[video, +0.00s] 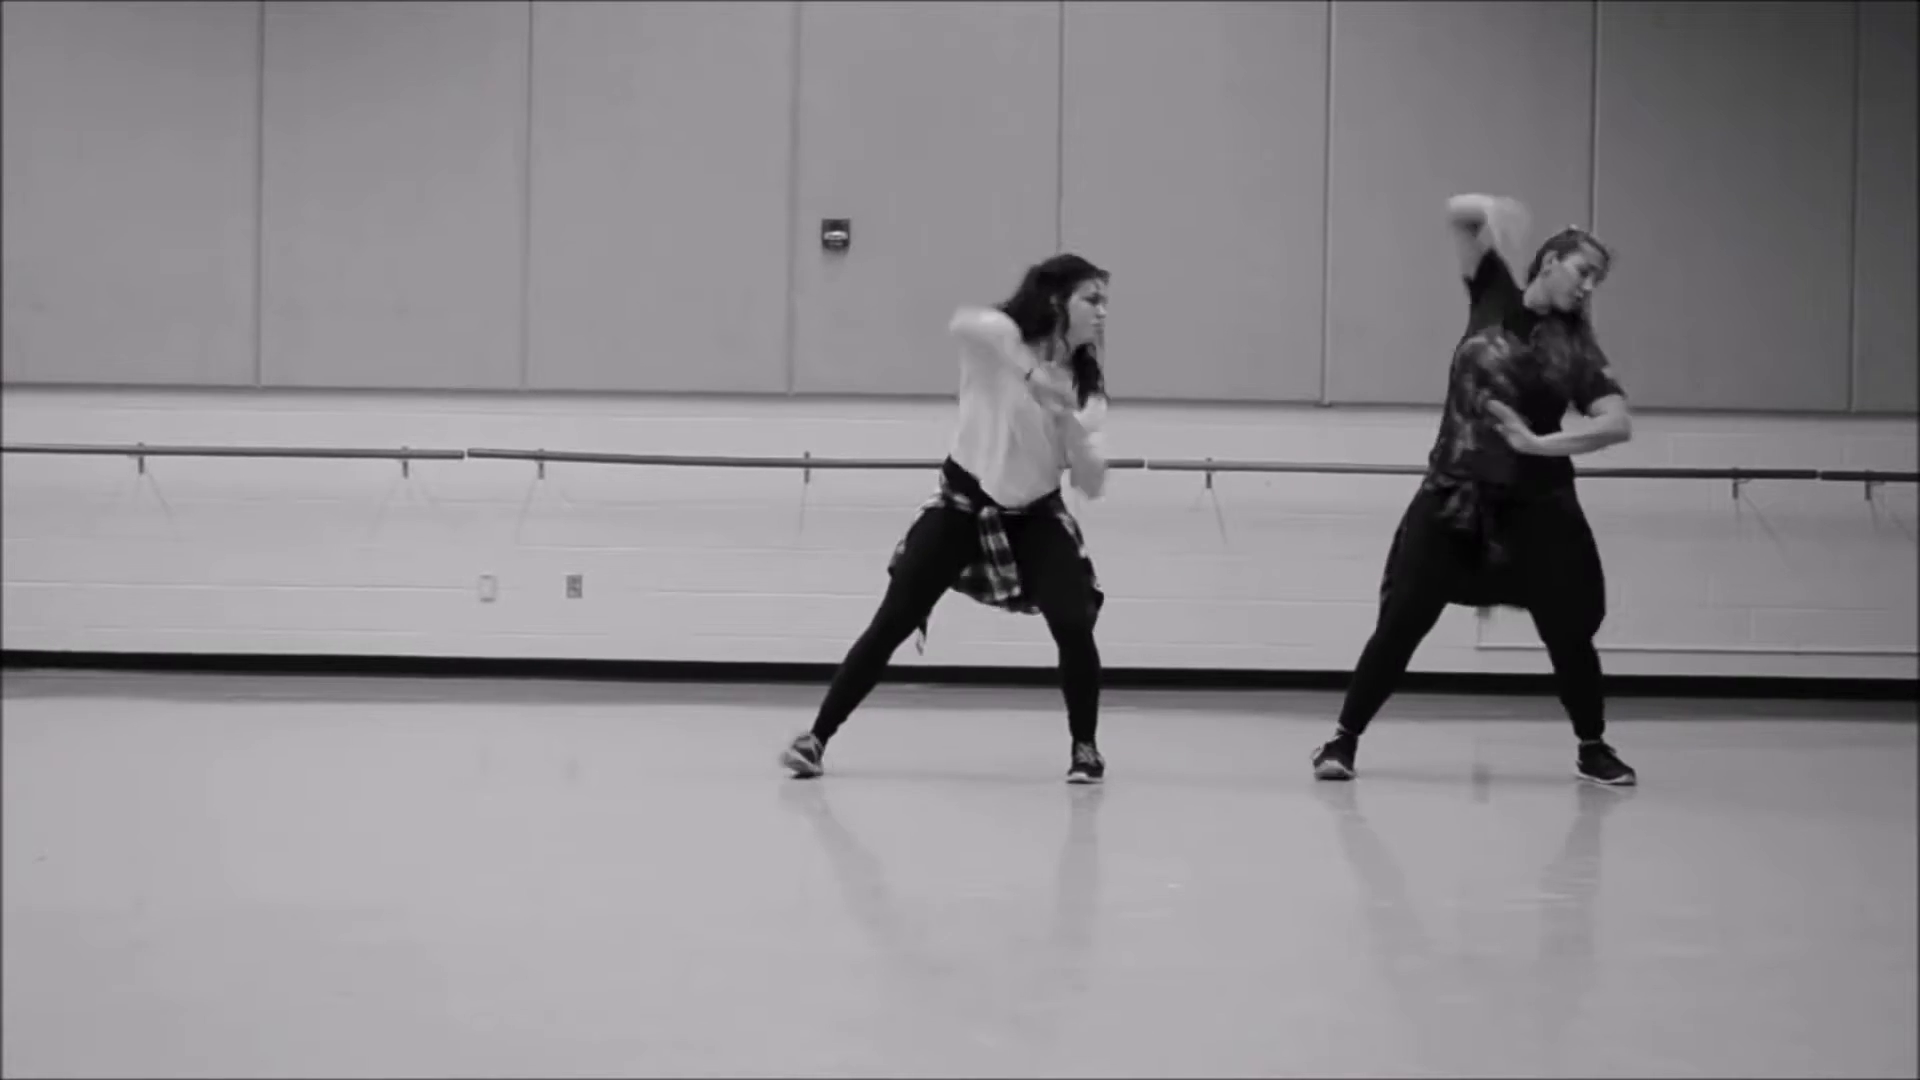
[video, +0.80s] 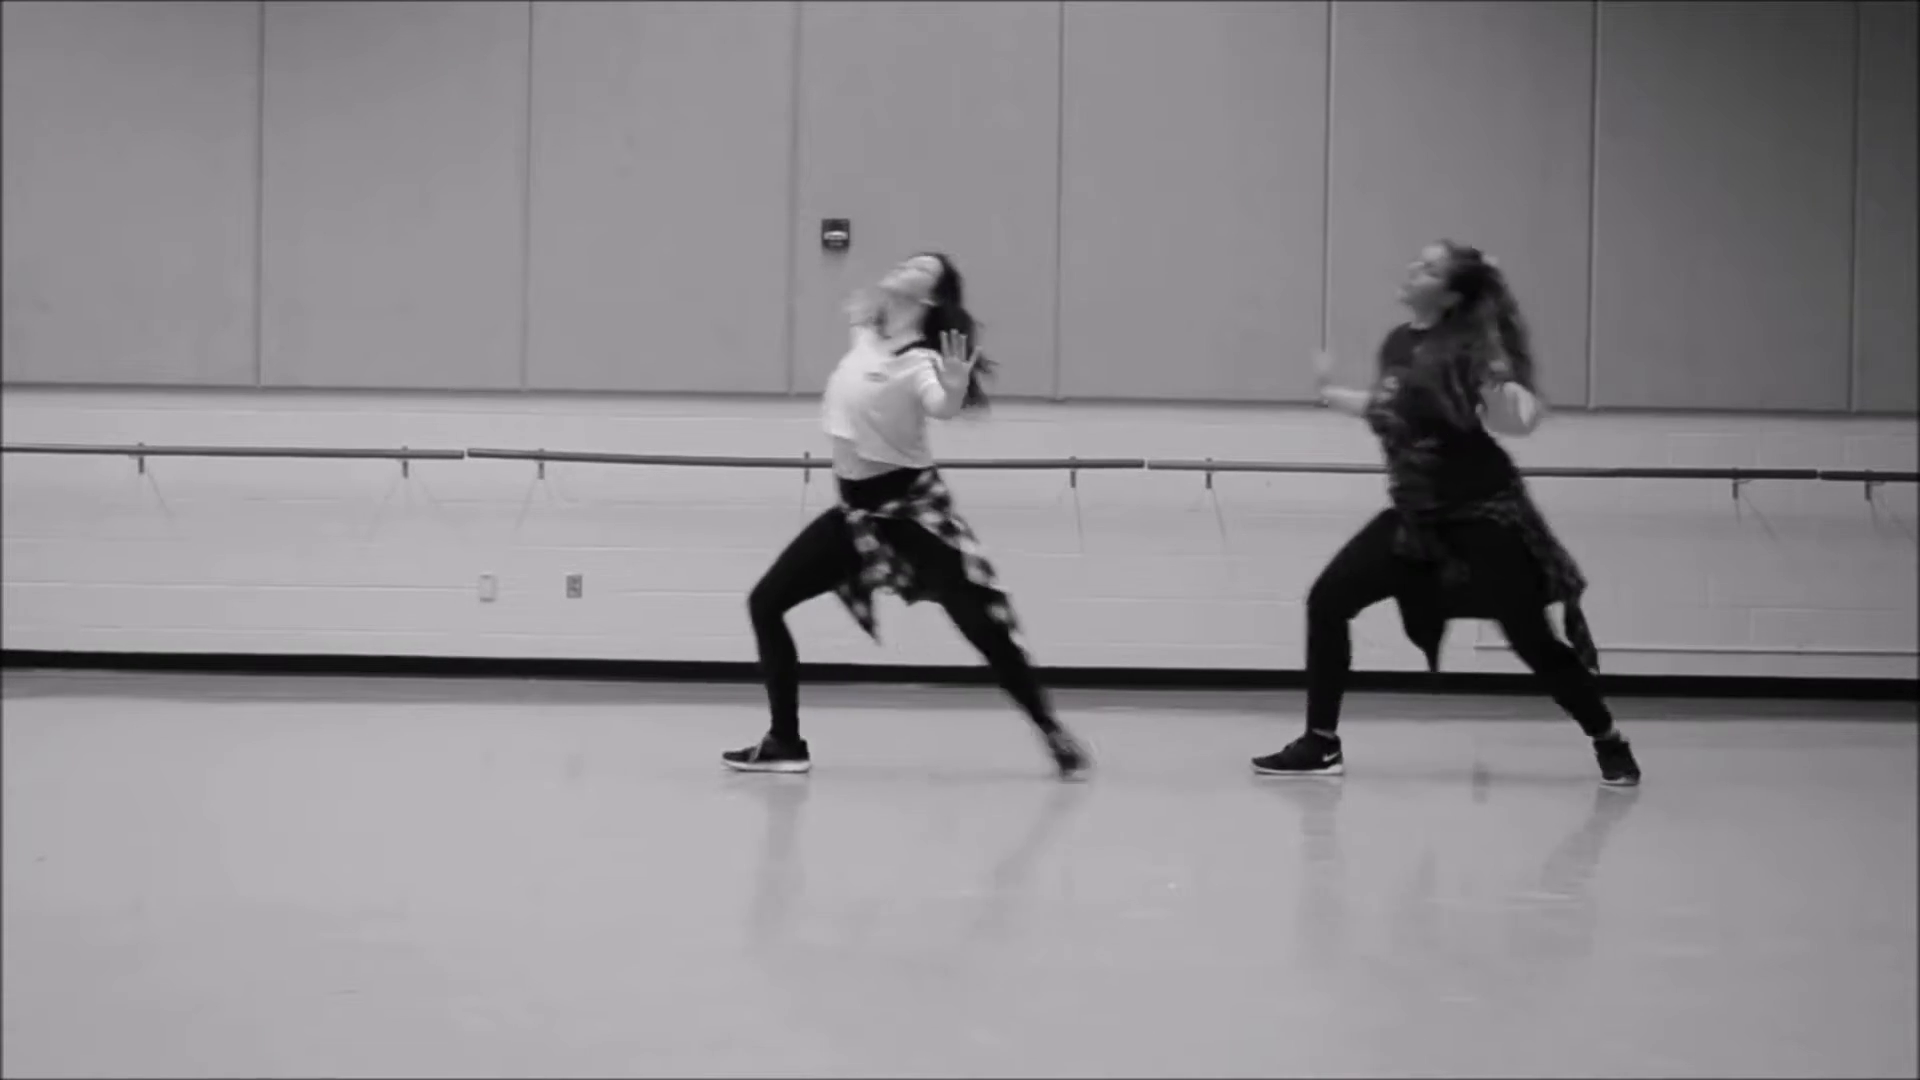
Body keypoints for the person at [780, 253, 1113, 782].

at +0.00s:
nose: (1102, 312)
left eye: (1105, 302)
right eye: (1092, 300)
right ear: (1055, 300)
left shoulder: (1086, 386)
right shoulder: (997, 342)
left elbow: (1093, 483)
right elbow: (966, 324)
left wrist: (1069, 420)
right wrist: (1028, 365)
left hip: (1036, 518)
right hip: (963, 508)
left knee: (1074, 626)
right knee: (892, 621)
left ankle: (1085, 748)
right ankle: (816, 739)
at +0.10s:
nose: (1101, 313)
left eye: (1106, 305)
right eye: (1090, 300)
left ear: (1104, 320)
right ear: (1052, 303)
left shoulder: (1083, 391)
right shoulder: (1001, 331)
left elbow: (1064, 477)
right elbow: (989, 272)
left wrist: (1034, 412)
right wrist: (1053, 331)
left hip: (1029, 514)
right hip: (957, 502)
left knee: (1065, 625)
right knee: (882, 614)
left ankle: (1084, 748)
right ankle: (812, 738)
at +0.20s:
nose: (1089, 305)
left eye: (1096, 301)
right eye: (1078, 295)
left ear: (1096, 325)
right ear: (1048, 300)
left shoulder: (1077, 389)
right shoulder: (998, 321)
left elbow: (1049, 456)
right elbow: (1002, 237)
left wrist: (1016, 411)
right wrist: (1066, 259)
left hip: (1023, 515)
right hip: (952, 503)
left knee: (1056, 628)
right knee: (876, 610)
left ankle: (1083, 747)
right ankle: (811, 736)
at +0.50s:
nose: (1018, 274)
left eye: (1034, 278)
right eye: (1018, 269)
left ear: (1040, 311)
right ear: (997, 282)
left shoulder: (1022, 367)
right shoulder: (969, 315)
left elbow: (996, 420)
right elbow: (985, 237)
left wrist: (942, 368)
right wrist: (1027, 176)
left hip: (992, 509)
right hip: (934, 509)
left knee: (1036, 634)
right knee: (852, 604)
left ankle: (1082, 749)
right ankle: (795, 738)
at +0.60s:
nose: (987, 273)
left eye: (1003, 275)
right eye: (989, 267)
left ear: (1010, 308)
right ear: (971, 286)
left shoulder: (991, 364)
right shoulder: (945, 330)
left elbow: (980, 411)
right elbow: (949, 280)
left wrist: (942, 380)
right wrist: (959, 230)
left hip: (977, 519)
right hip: (917, 517)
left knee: (1026, 635)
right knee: (826, 603)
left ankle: (1081, 746)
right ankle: (791, 738)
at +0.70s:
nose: (946, 273)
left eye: (962, 273)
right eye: (948, 266)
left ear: (971, 303)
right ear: (933, 284)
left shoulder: (963, 362)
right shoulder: (907, 342)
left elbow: (973, 407)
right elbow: (901, 317)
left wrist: (946, 384)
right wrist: (906, 293)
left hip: (950, 516)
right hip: (893, 518)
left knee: (1012, 637)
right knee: (795, 600)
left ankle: (1077, 745)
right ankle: (788, 739)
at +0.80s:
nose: (904, 267)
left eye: (920, 268)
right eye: (909, 261)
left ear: (930, 299)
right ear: (894, 284)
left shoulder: (918, 359)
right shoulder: (870, 340)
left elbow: (942, 405)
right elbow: (863, 336)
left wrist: (955, 380)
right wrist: (859, 314)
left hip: (912, 511)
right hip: (859, 513)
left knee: (981, 627)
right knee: (766, 602)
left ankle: (1054, 735)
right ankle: (784, 741)